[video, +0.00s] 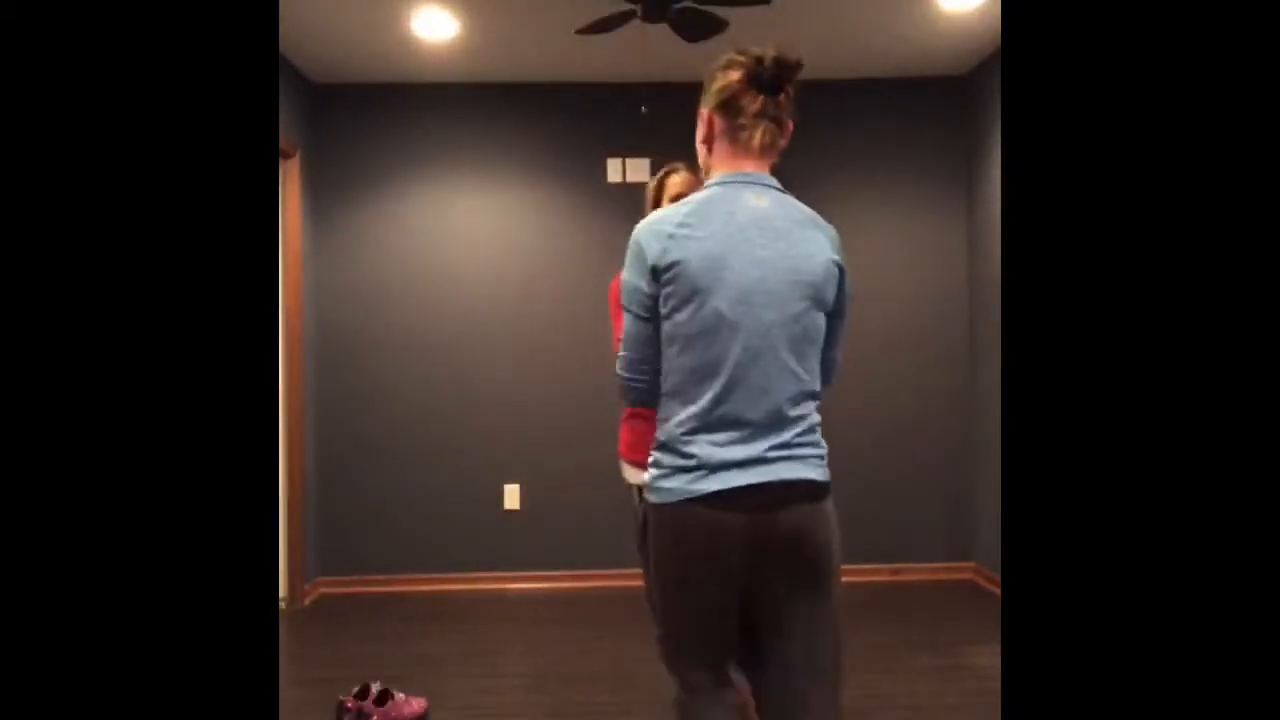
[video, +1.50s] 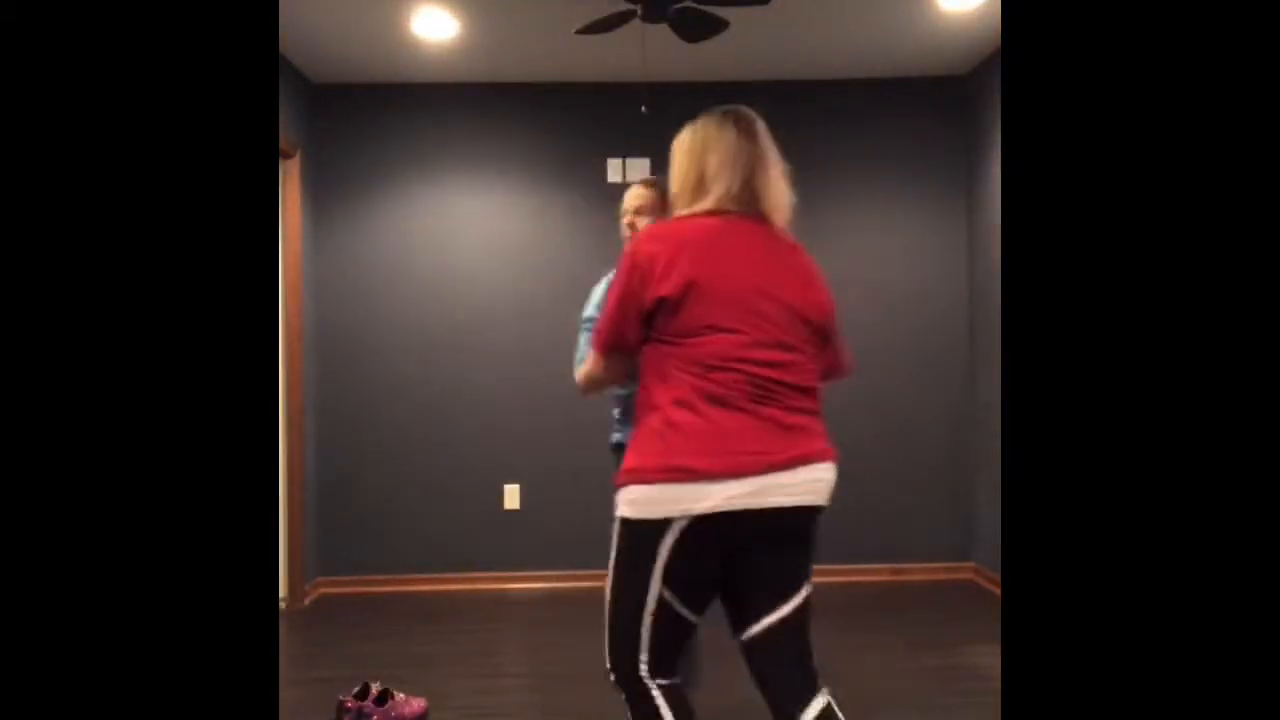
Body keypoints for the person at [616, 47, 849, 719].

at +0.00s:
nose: (696, 136)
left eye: (698, 124)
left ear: (706, 127)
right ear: (785, 138)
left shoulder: (657, 234)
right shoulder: (820, 235)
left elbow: (638, 381)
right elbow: (824, 373)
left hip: (692, 514)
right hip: (799, 509)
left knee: (703, 686)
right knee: (805, 696)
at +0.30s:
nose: (658, 170)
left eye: (659, 158)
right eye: (659, 159)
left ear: (673, 158)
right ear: (737, 163)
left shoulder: (634, 250)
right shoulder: (778, 250)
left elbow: (611, 385)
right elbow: (767, 353)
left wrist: (683, 364)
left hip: (660, 506)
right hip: (759, 498)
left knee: (653, 688)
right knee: (773, 685)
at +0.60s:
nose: (585, 202)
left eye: (592, 188)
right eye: (588, 188)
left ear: (629, 192)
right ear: (653, 193)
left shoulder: (603, 261)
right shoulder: (697, 262)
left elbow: (562, 373)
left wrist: (602, 375)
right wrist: (649, 142)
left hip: (599, 484)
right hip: (668, 484)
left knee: (608, 650)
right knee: (653, 626)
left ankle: (622, 718)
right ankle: (688, 709)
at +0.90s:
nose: (573, 215)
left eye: (583, 204)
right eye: (571, 204)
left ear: (618, 209)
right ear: (576, 210)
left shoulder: (646, 269)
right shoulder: (577, 255)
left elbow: (662, 356)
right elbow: (497, 243)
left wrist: (602, 368)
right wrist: (518, 227)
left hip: (610, 456)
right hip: (573, 452)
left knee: (575, 606)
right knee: (549, 602)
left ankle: (605, 711)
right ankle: (574, 710)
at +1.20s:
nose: (570, 225)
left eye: (582, 215)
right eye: (568, 215)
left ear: (618, 222)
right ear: (567, 222)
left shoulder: (652, 278)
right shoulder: (558, 279)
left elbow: (683, 328)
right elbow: (537, 336)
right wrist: (593, 313)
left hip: (638, 454)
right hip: (571, 454)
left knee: (639, 588)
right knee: (558, 589)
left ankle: (663, 702)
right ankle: (560, 707)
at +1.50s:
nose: (633, 225)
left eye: (645, 214)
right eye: (627, 215)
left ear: (673, 212)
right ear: (616, 222)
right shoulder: (610, 283)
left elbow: (594, 371)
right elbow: (585, 370)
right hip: (634, 439)